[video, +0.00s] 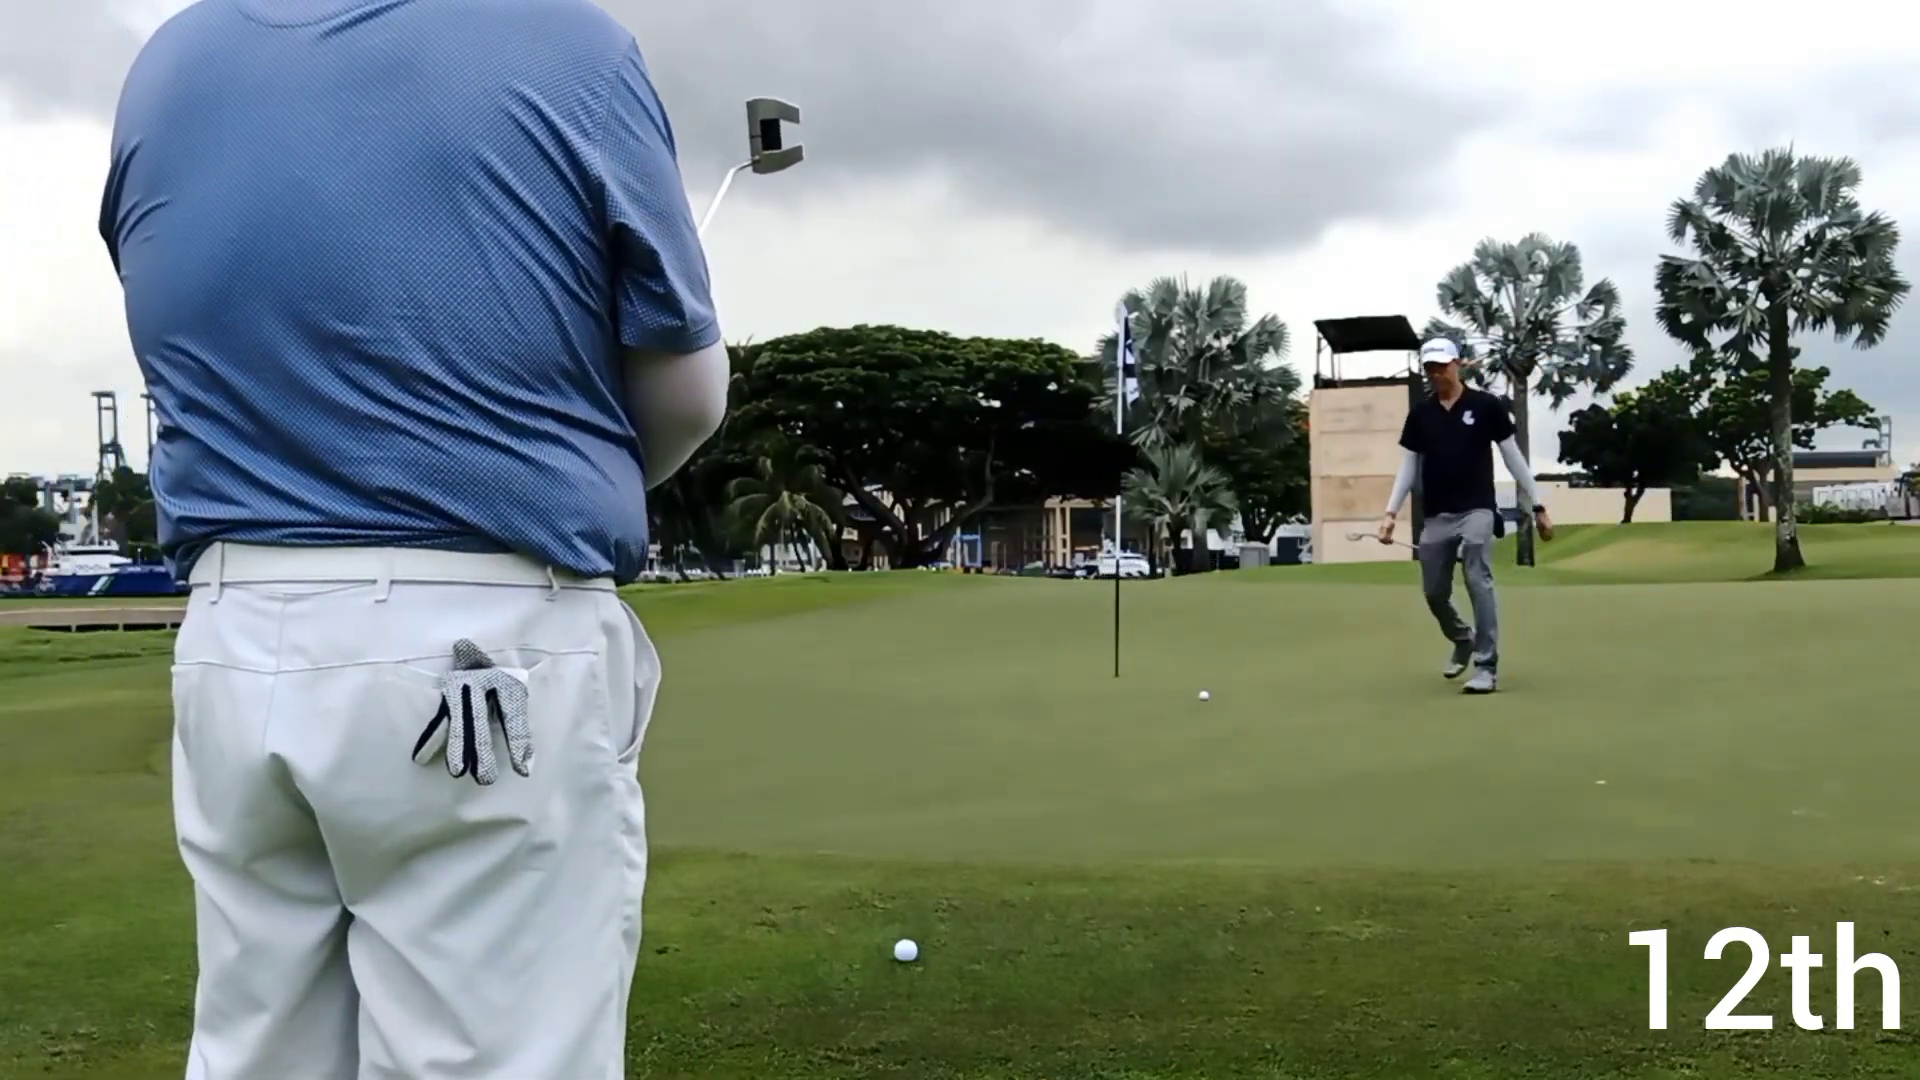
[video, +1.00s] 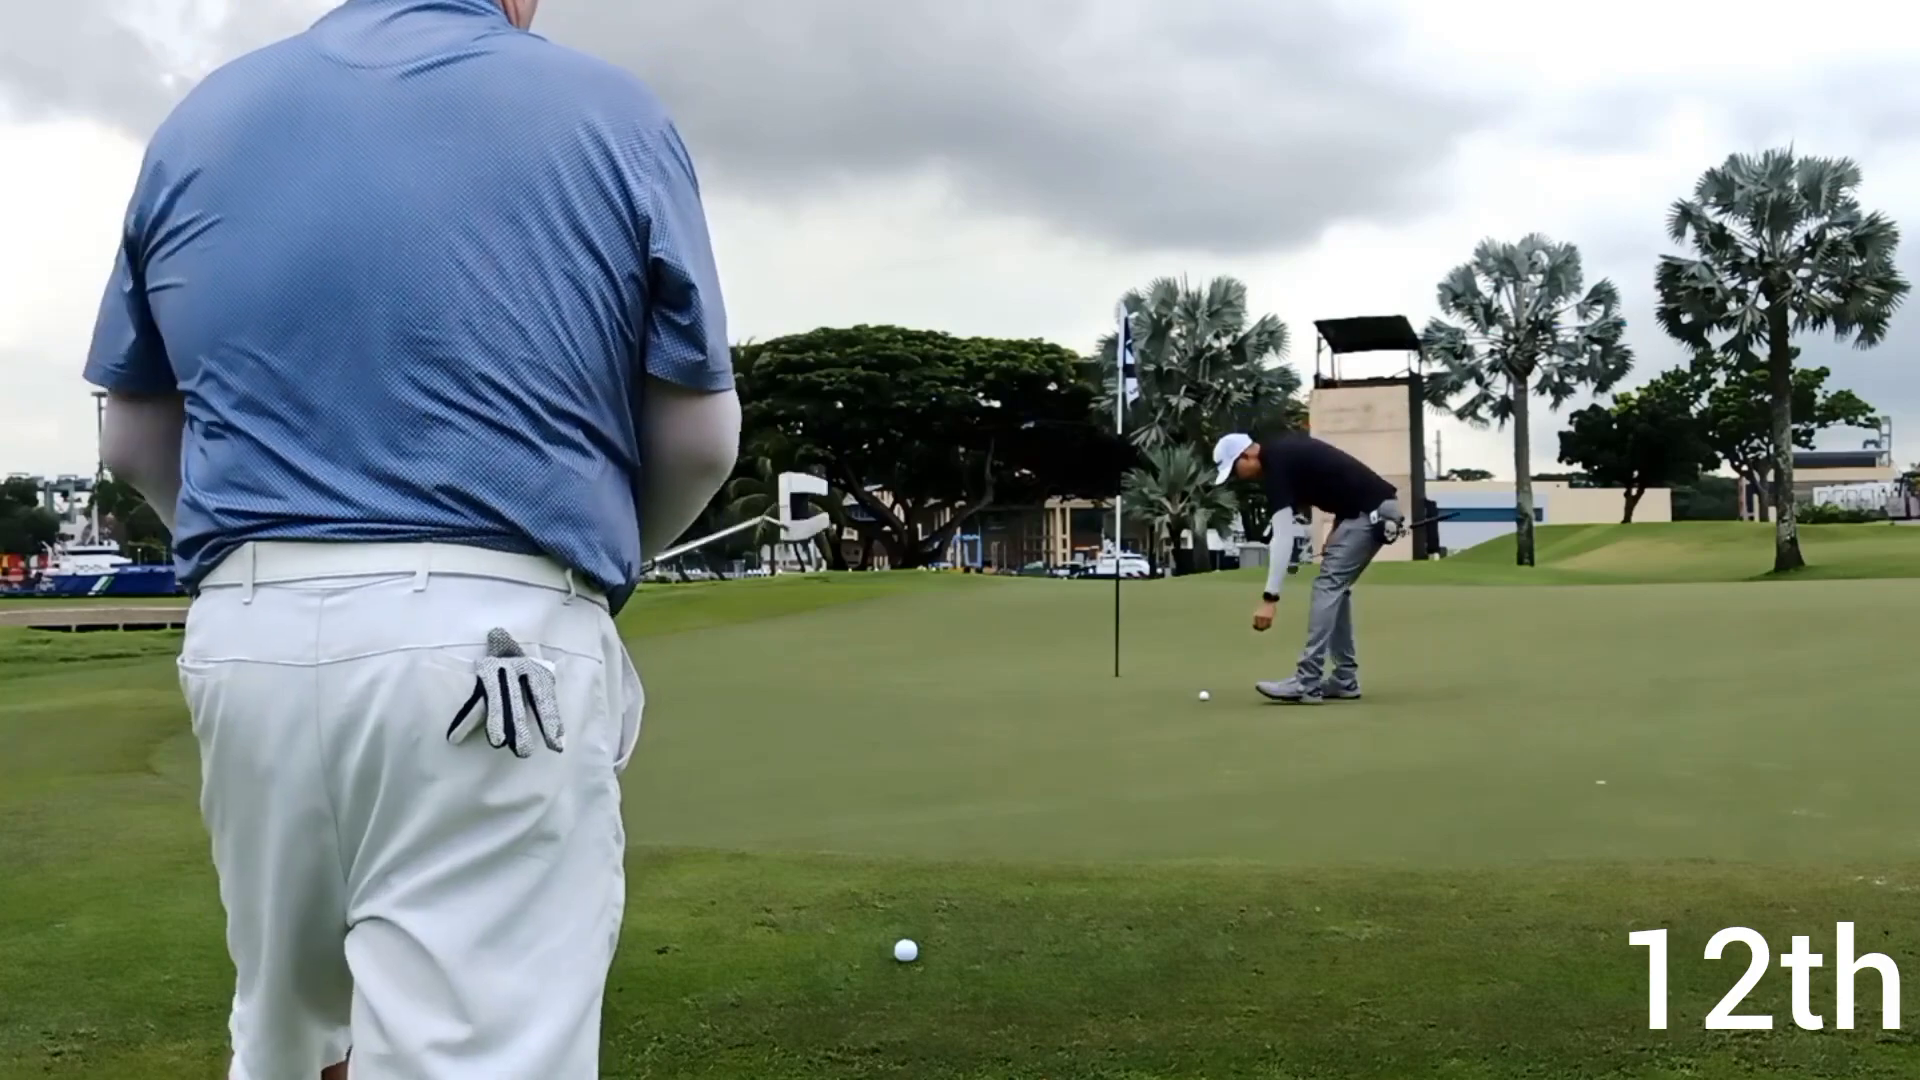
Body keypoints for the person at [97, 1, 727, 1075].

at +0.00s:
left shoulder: (172, 52)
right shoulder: (571, 40)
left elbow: (175, 333)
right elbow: (683, 390)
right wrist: (560, 492)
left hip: (238, 617)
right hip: (494, 621)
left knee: (253, 1058)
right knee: (503, 1058)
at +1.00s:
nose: (546, 22)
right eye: (546, 17)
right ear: (521, 4)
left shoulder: (206, 112)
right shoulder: (608, 108)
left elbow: (137, 436)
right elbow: (698, 439)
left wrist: (275, 536)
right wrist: (577, 552)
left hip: (250, 625)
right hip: (499, 620)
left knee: (286, 1043)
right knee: (473, 1055)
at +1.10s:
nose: (531, 39)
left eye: (535, 23)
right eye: (536, 21)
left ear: (367, 10)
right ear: (507, 11)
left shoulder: (200, 147)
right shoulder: (600, 139)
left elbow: (107, 452)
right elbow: (689, 457)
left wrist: (192, 668)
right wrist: (611, 587)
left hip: (252, 630)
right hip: (499, 623)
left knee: (287, 1037)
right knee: (466, 1052)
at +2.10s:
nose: (501, 169)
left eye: (504, 151)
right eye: (506, 148)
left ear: (378, 115)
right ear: (476, 126)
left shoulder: (256, 217)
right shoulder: (525, 239)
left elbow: (181, 421)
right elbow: (596, 438)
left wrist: (250, 526)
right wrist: (603, 603)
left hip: (291, 565)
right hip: (457, 564)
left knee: (297, 865)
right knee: (427, 879)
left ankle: (291, 1076)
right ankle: (398, 1075)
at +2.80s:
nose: (558, 221)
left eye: (563, 205)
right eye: (559, 199)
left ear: (472, 165)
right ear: (523, 172)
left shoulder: (365, 249)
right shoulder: (528, 254)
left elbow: (324, 382)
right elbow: (554, 389)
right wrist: (579, 547)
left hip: (351, 524)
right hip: (468, 529)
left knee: (400, 774)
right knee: (499, 774)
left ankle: (402, 988)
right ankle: (414, 992)